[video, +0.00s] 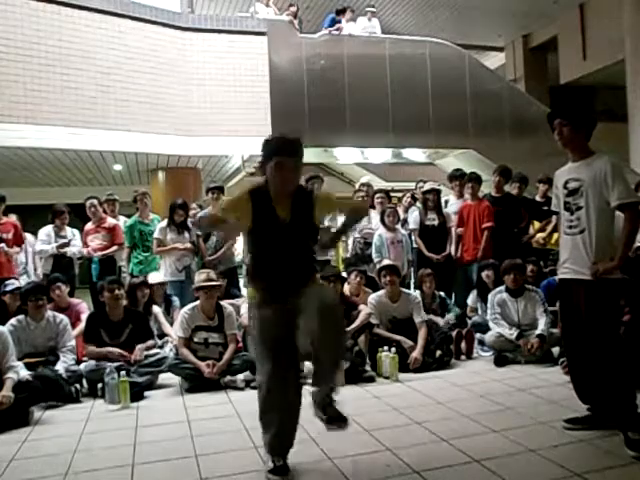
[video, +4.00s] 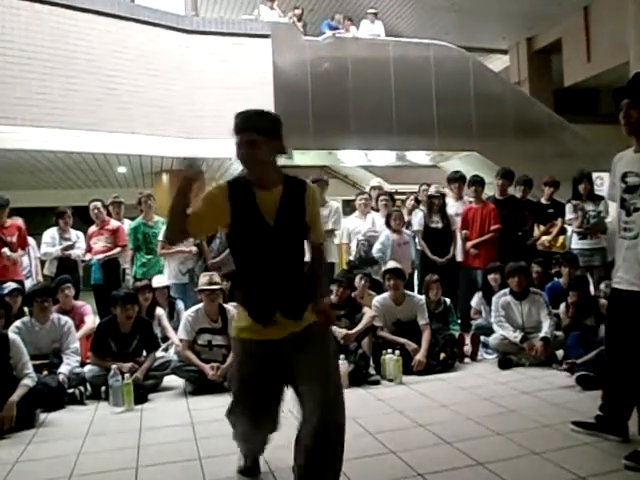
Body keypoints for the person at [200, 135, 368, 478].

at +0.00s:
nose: (287, 177)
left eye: (293, 170)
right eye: (280, 170)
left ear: (301, 171)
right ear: (266, 169)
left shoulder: (311, 200)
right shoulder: (249, 199)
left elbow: (360, 208)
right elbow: (205, 221)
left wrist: (336, 235)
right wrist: (222, 224)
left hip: (306, 292)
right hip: (266, 296)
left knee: (328, 307)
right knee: (275, 374)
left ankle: (324, 397)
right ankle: (277, 451)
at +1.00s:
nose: (275, 150)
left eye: (282, 142)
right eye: (268, 142)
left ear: (292, 141)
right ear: (256, 140)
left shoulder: (305, 166)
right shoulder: (237, 170)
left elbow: (348, 159)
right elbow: (191, 161)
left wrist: (359, 144)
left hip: (299, 281)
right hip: (255, 285)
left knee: (306, 363)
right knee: (265, 365)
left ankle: (303, 442)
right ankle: (274, 444)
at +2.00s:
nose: (267, 143)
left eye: (274, 136)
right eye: (260, 135)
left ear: (283, 141)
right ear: (246, 142)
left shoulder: (300, 184)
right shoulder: (228, 190)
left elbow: (331, 219)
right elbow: (211, 243)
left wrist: (325, 250)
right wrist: (234, 232)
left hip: (300, 300)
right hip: (253, 304)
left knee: (315, 385)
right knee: (263, 393)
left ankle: (294, 438)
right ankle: (273, 467)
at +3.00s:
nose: (279, 117)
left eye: (286, 110)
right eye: (269, 109)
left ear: (294, 118)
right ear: (249, 117)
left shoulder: (310, 170)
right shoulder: (228, 176)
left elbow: (353, 177)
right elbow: (222, 247)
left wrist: (361, 158)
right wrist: (226, 312)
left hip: (318, 314)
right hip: (264, 319)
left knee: (319, 416)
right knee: (270, 418)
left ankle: (309, 475)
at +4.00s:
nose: (246, 151)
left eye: (254, 144)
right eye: (241, 144)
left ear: (277, 146)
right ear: (235, 149)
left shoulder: (305, 194)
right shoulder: (225, 196)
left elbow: (318, 252)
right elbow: (174, 236)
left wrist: (320, 294)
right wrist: (181, 192)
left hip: (306, 322)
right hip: (253, 328)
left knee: (326, 417)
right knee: (252, 417)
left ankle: (315, 477)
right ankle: (250, 455)